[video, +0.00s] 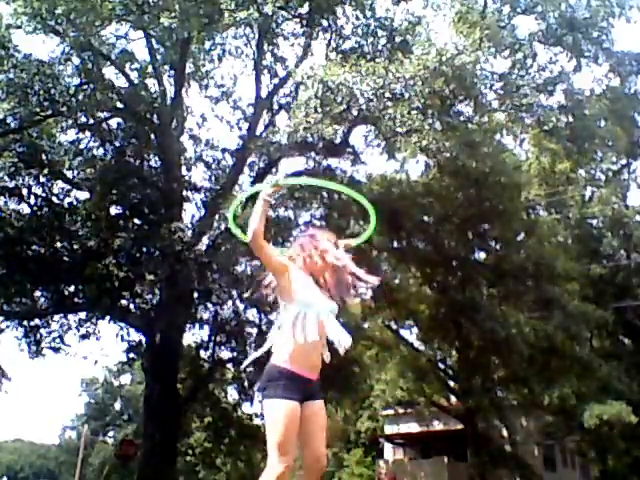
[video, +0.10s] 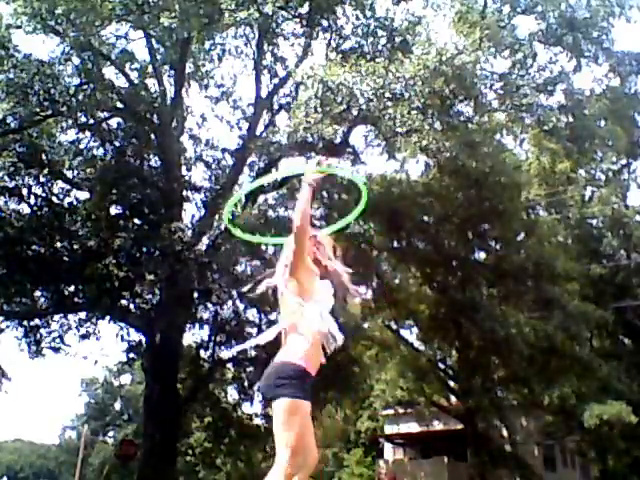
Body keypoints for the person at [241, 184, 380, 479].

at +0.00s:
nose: (333, 262)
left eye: (333, 255)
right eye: (329, 253)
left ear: (316, 253)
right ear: (310, 251)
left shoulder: (321, 291)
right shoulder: (287, 273)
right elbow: (255, 238)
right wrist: (265, 195)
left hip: (312, 384)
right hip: (282, 379)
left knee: (318, 462)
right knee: (281, 462)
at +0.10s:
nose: (321, 250)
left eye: (324, 247)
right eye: (318, 244)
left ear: (321, 255)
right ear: (307, 245)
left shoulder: (312, 284)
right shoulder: (300, 276)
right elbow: (300, 226)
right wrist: (308, 185)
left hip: (297, 380)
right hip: (289, 378)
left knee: (308, 460)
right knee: (289, 461)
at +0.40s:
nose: (281, 248)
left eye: (285, 243)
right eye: (284, 244)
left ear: (293, 246)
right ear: (319, 248)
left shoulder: (282, 270)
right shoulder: (330, 277)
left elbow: (252, 238)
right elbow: (353, 244)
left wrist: (237, 197)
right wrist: (353, 206)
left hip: (280, 362)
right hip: (317, 367)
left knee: (272, 457)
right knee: (295, 461)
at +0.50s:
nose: (291, 243)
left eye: (295, 237)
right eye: (292, 237)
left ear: (304, 242)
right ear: (319, 244)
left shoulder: (303, 273)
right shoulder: (323, 278)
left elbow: (293, 232)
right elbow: (334, 252)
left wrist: (283, 196)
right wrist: (326, 221)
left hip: (291, 365)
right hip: (316, 368)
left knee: (281, 457)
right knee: (300, 461)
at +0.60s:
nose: (288, 247)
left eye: (293, 241)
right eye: (288, 242)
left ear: (307, 245)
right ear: (292, 249)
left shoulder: (316, 273)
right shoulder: (286, 285)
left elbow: (346, 258)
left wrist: (340, 209)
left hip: (309, 368)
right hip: (289, 375)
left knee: (286, 455)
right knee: (298, 461)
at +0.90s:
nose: (338, 252)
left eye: (341, 246)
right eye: (333, 243)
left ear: (343, 252)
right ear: (317, 244)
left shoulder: (339, 290)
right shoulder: (291, 271)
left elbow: (351, 318)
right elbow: (239, 273)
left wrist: (373, 285)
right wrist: (257, 237)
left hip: (329, 376)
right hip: (293, 370)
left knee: (315, 458)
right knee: (308, 454)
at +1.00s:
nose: (342, 253)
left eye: (345, 248)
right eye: (338, 245)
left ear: (345, 252)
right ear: (323, 243)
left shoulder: (333, 282)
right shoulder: (304, 268)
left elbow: (330, 320)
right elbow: (261, 272)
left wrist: (350, 299)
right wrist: (293, 240)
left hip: (326, 376)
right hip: (303, 369)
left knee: (325, 463)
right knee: (314, 461)